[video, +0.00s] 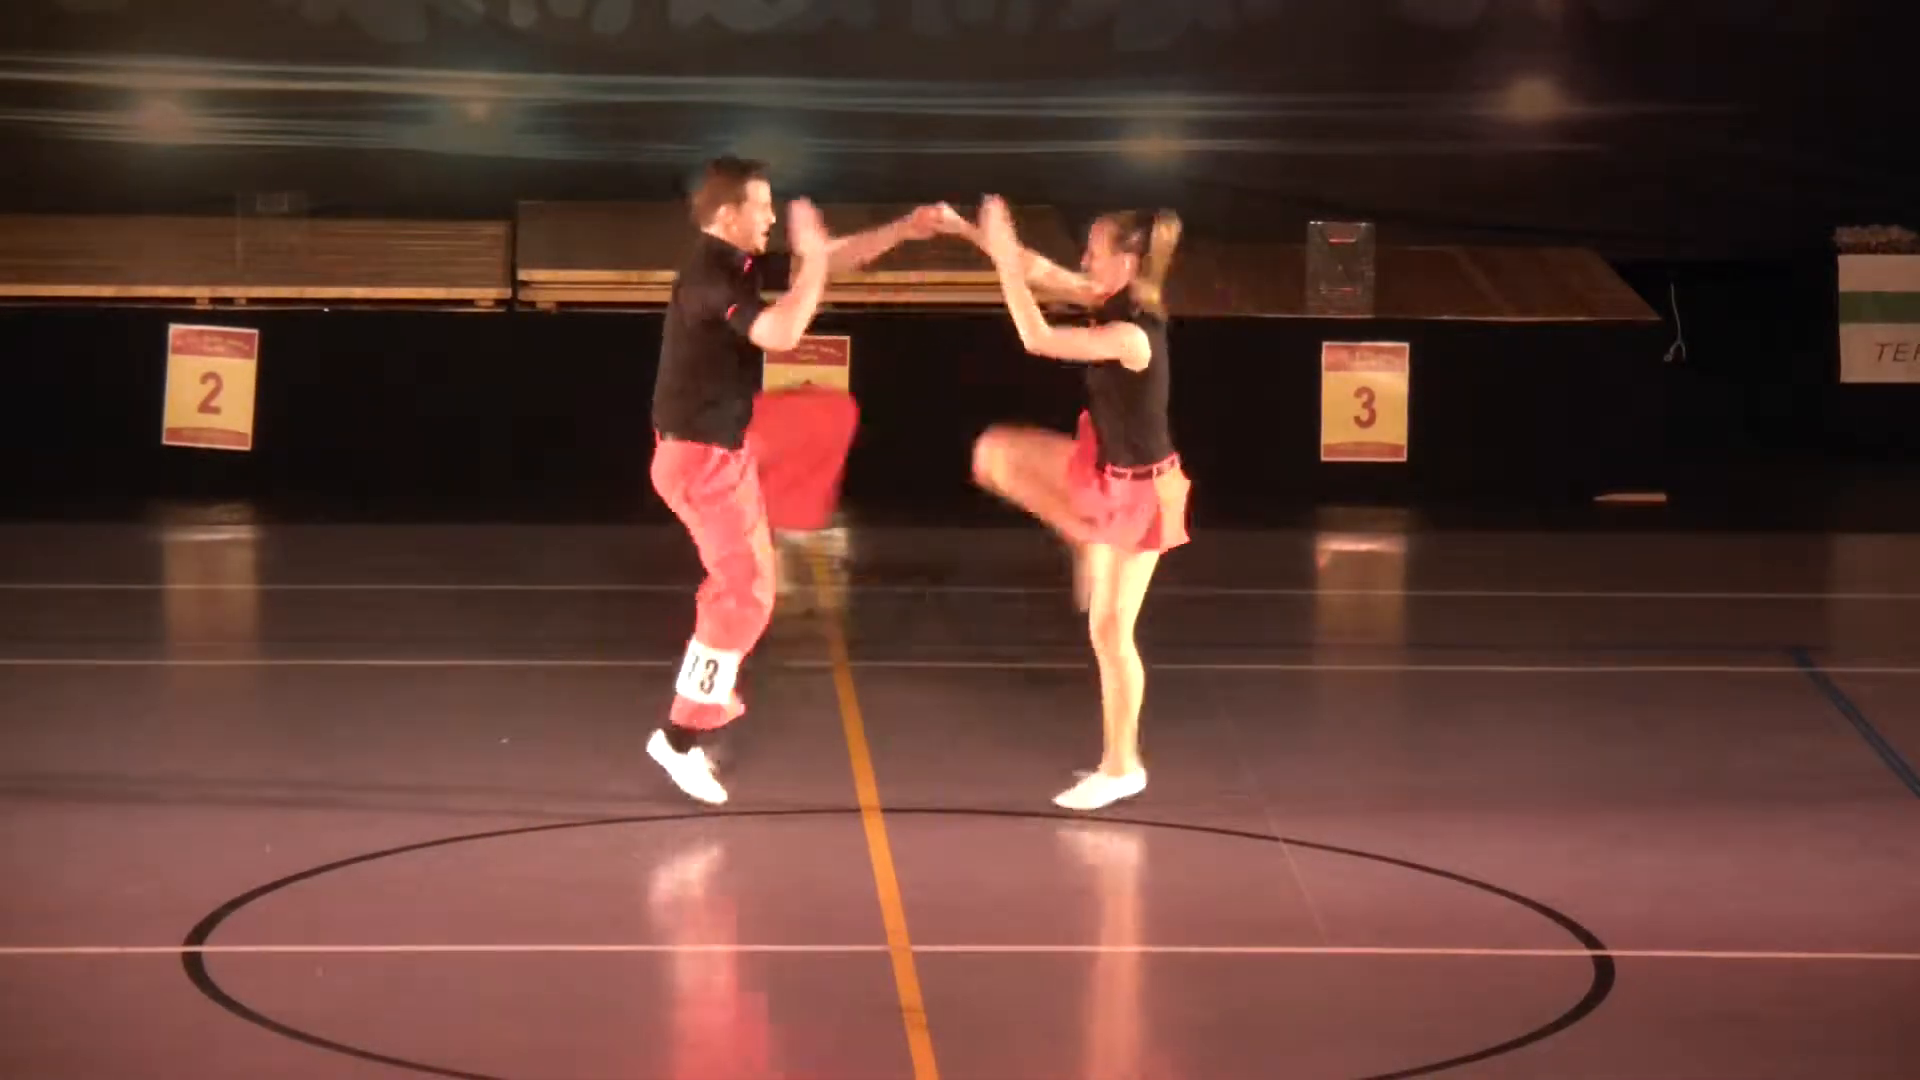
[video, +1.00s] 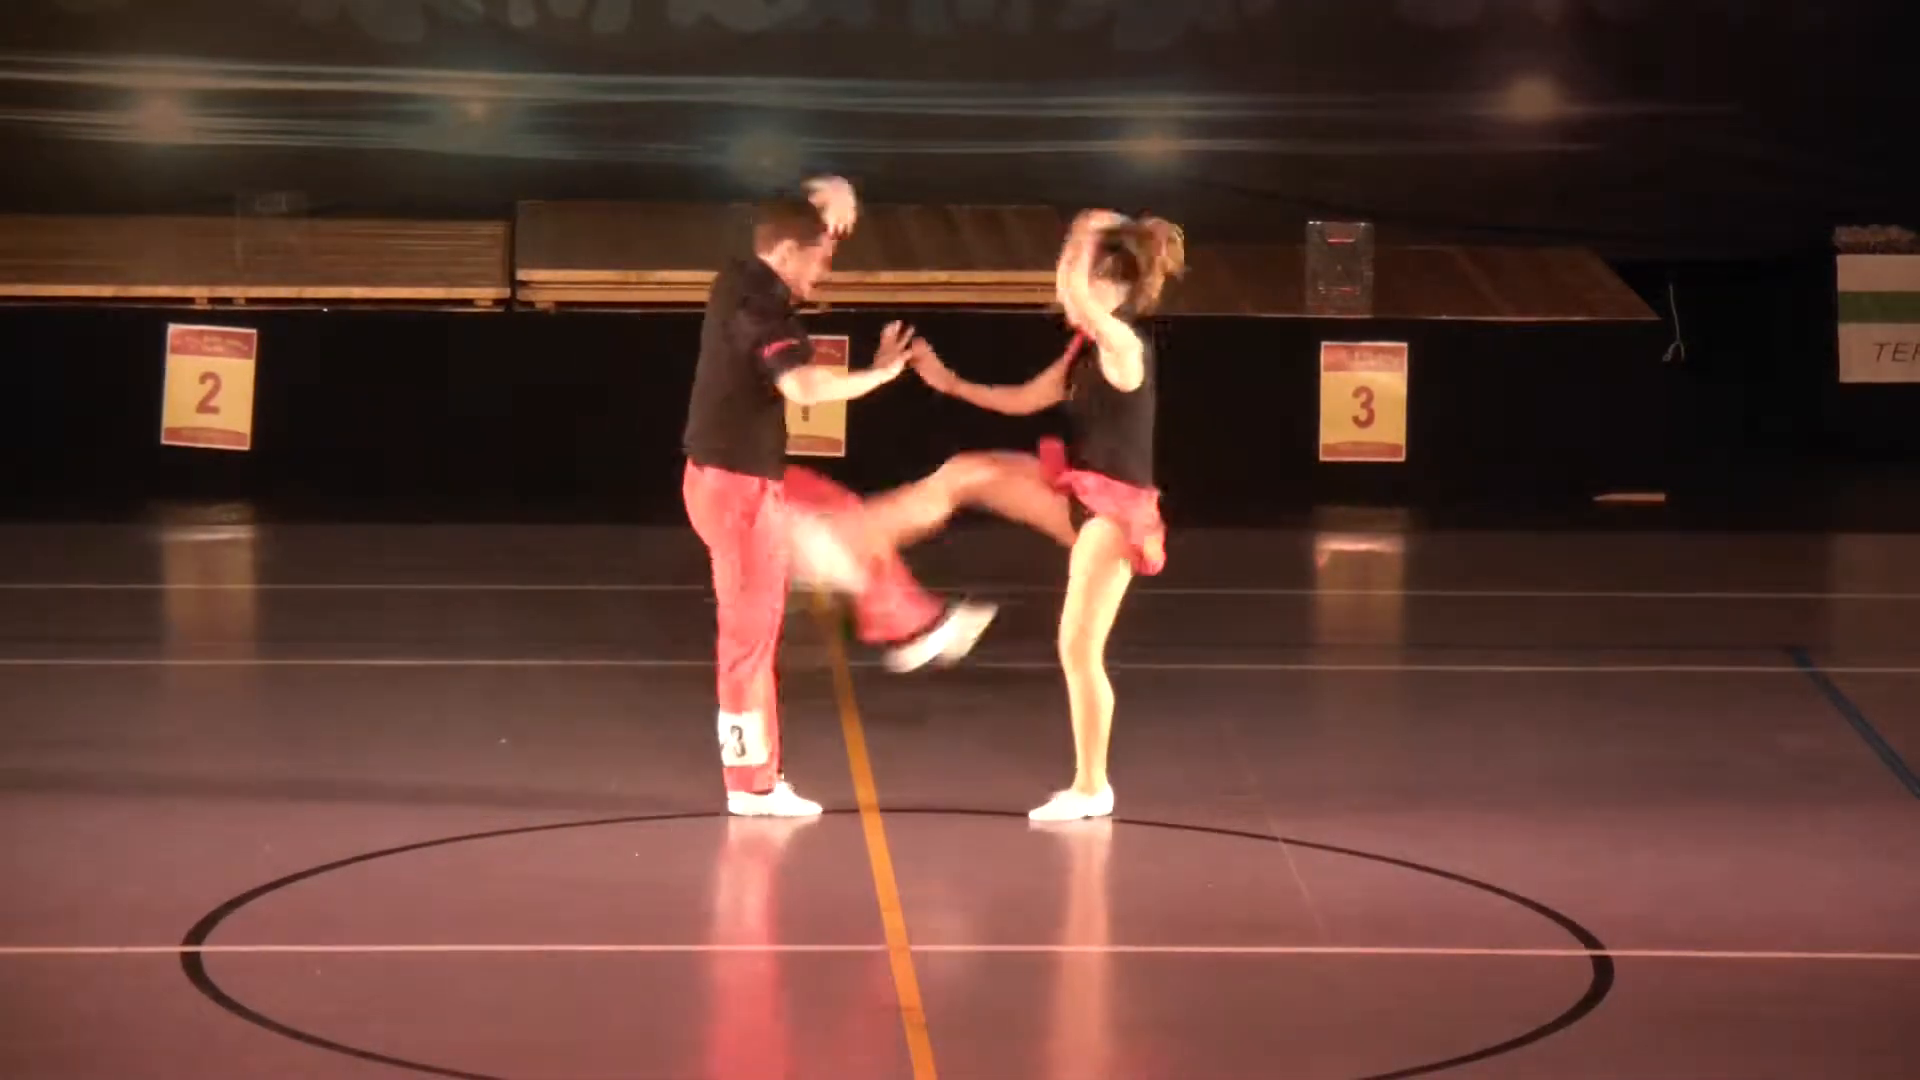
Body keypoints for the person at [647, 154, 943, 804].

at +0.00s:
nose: (771, 216)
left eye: (769, 206)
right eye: (760, 206)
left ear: (734, 215)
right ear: (726, 214)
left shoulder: (739, 265)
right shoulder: (711, 277)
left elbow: (825, 259)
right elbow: (781, 333)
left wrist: (903, 229)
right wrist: (814, 256)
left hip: (725, 441)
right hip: (700, 456)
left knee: (833, 418)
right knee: (747, 587)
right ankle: (682, 736)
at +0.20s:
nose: (763, 254)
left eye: (761, 242)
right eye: (751, 243)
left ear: (730, 253)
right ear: (715, 252)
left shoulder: (748, 312)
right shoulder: (699, 319)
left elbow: (828, 314)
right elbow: (732, 381)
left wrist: (913, 284)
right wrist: (763, 305)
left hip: (759, 513)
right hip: (709, 514)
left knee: (797, 640)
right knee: (678, 645)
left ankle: (777, 783)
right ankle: (648, 792)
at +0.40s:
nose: (722, 274)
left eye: (731, 261)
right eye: (709, 262)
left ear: (747, 264)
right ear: (688, 266)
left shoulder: (755, 325)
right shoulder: (672, 335)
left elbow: (835, 321)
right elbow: (608, 415)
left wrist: (920, 298)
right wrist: (550, 490)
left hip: (760, 496)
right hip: (725, 504)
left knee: (780, 637)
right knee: (872, 459)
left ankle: (765, 789)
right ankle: (989, 553)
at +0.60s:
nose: (718, 221)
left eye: (728, 209)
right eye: (705, 210)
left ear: (747, 213)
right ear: (688, 217)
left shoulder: (756, 278)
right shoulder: (685, 280)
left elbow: (828, 295)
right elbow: (644, 371)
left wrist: (905, 275)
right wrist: (659, 457)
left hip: (746, 453)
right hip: (710, 452)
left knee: (781, 583)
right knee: (864, 429)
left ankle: (738, 736)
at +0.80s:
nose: (761, 253)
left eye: (768, 242)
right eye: (747, 242)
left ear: (777, 249)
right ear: (718, 250)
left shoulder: (767, 327)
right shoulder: (709, 322)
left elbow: (817, 375)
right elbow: (653, 403)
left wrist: (893, 397)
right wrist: (717, 467)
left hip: (745, 500)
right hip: (737, 500)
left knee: (699, 638)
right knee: (803, 631)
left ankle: (675, 785)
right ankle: (778, 791)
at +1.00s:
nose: (822, 273)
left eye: (826, 259)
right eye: (817, 259)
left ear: (775, 250)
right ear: (782, 251)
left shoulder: (750, 284)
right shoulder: (756, 298)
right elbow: (802, 385)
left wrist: (825, 208)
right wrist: (880, 375)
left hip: (750, 475)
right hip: (730, 483)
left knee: (852, 522)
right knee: (750, 625)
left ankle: (911, 627)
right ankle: (751, 784)